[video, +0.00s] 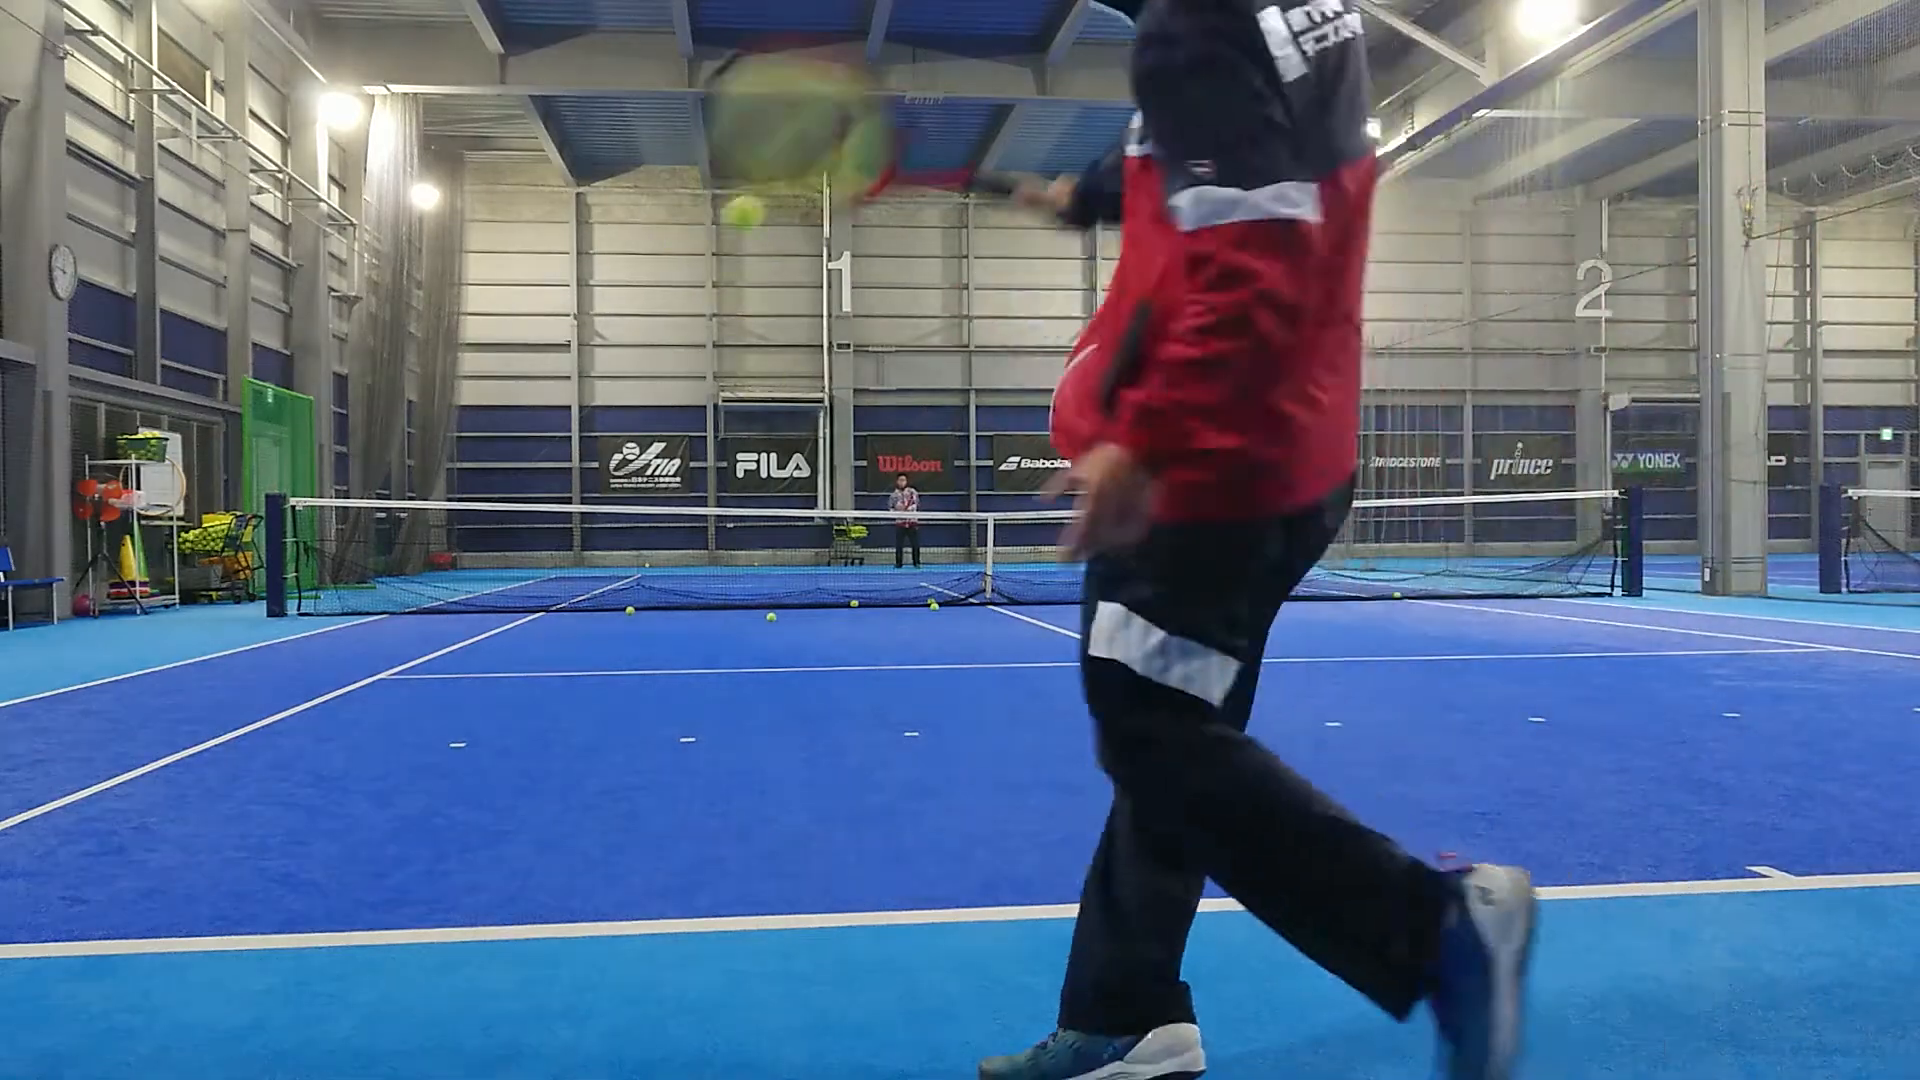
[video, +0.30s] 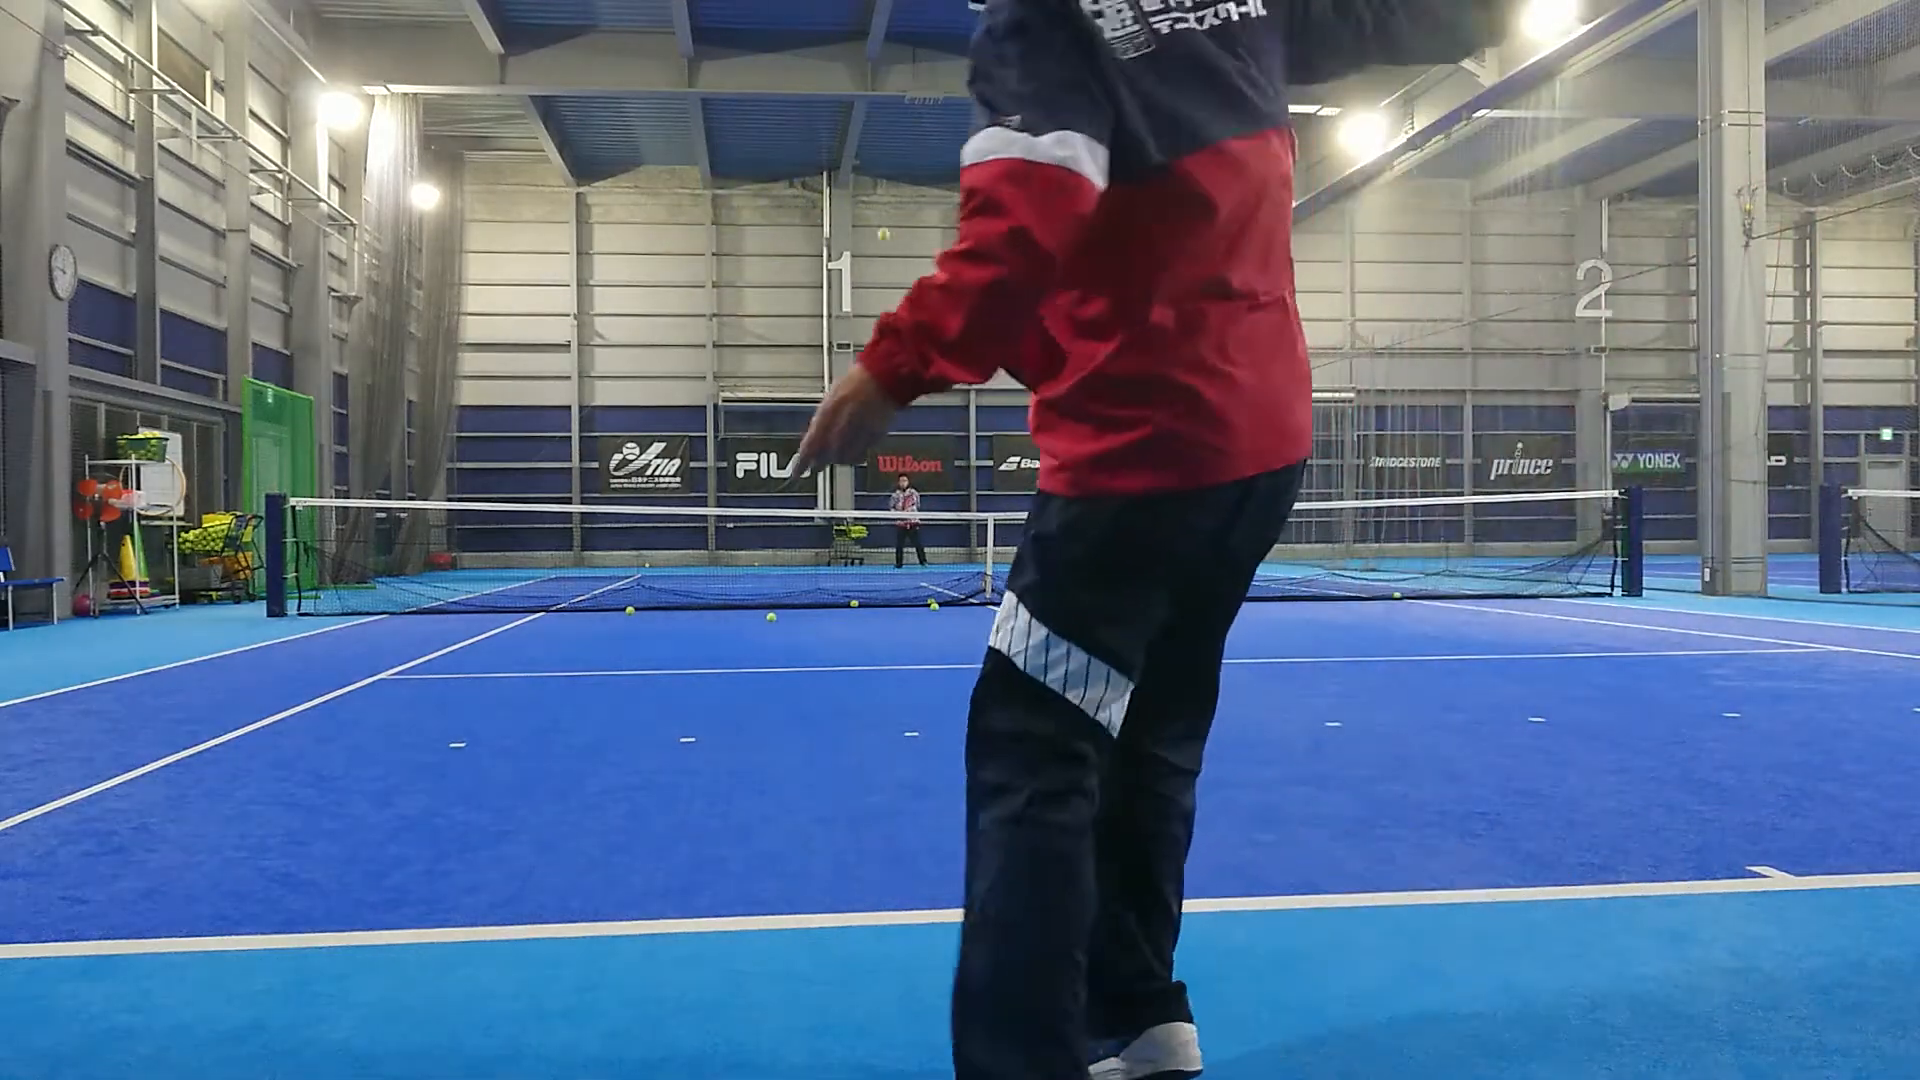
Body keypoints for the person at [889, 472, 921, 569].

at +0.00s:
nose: (902, 482)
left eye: (904, 480)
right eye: (900, 480)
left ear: (907, 482)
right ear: (897, 482)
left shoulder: (912, 492)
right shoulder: (894, 494)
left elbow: (916, 504)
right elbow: (890, 507)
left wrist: (908, 510)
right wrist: (898, 512)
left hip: (912, 522)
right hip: (900, 522)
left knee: (915, 544)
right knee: (899, 545)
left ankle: (916, 562)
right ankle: (898, 563)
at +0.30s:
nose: (903, 483)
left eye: (905, 480)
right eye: (901, 481)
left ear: (908, 482)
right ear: (898, 482)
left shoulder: (914, 494)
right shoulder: (895, 495)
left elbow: (918, 506)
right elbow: (891, 507)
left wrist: (910, 513)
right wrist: (899, 514)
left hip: (913, 522)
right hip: (901, 523)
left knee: (918, 544)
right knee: (899, 545)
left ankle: (923, 561)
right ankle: (899, 563)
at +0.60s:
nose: (915, 487)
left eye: (917, 484)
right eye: (913, 484)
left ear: (921, 486)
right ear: (911, 486)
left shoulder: (925, 496)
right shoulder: (910, 496)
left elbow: (927, 509)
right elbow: (905, 508)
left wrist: (927, 521)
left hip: (923, 523)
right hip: (913, 524)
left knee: (923, 545)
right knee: (908, 544)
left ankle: (930, 562)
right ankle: (901, 562)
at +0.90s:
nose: (931, 488)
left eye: (933, 486)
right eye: (929, 486)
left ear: (936, 488)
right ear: (926, 488)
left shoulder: (938, 497)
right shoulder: (926, 498)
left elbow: (929, 507)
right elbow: (925, 507)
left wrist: (917, 503)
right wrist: (917, 503)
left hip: (938, 523)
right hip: (930, 523)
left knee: (930, 544)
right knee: (928, 544)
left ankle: (943, 555)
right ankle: (930, 561)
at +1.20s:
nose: (944, 490)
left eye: (946, 488)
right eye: (942, 488)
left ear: (950, 488)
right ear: (941, 490)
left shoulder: (952, 498)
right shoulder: (943, 501)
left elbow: (958, 509)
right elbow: (933, 503)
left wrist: (959, 520)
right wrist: (923, 499)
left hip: (954, 523)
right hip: (948, 523)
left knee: (949, 544)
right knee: (948, 544)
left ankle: (957, 561)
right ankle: (955, 561)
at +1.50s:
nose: (961, 489)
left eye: (963, 487)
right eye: (960, 487)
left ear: (968, 487)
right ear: (959, 489)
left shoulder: (970, 497)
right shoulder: (961, 498)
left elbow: (957, 500)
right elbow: (950, 501)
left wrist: (945, 500)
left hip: (971, 525)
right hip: (962, 525)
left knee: (977, 546)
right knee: (955, 543)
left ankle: (989, 560)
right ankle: (958, 561)